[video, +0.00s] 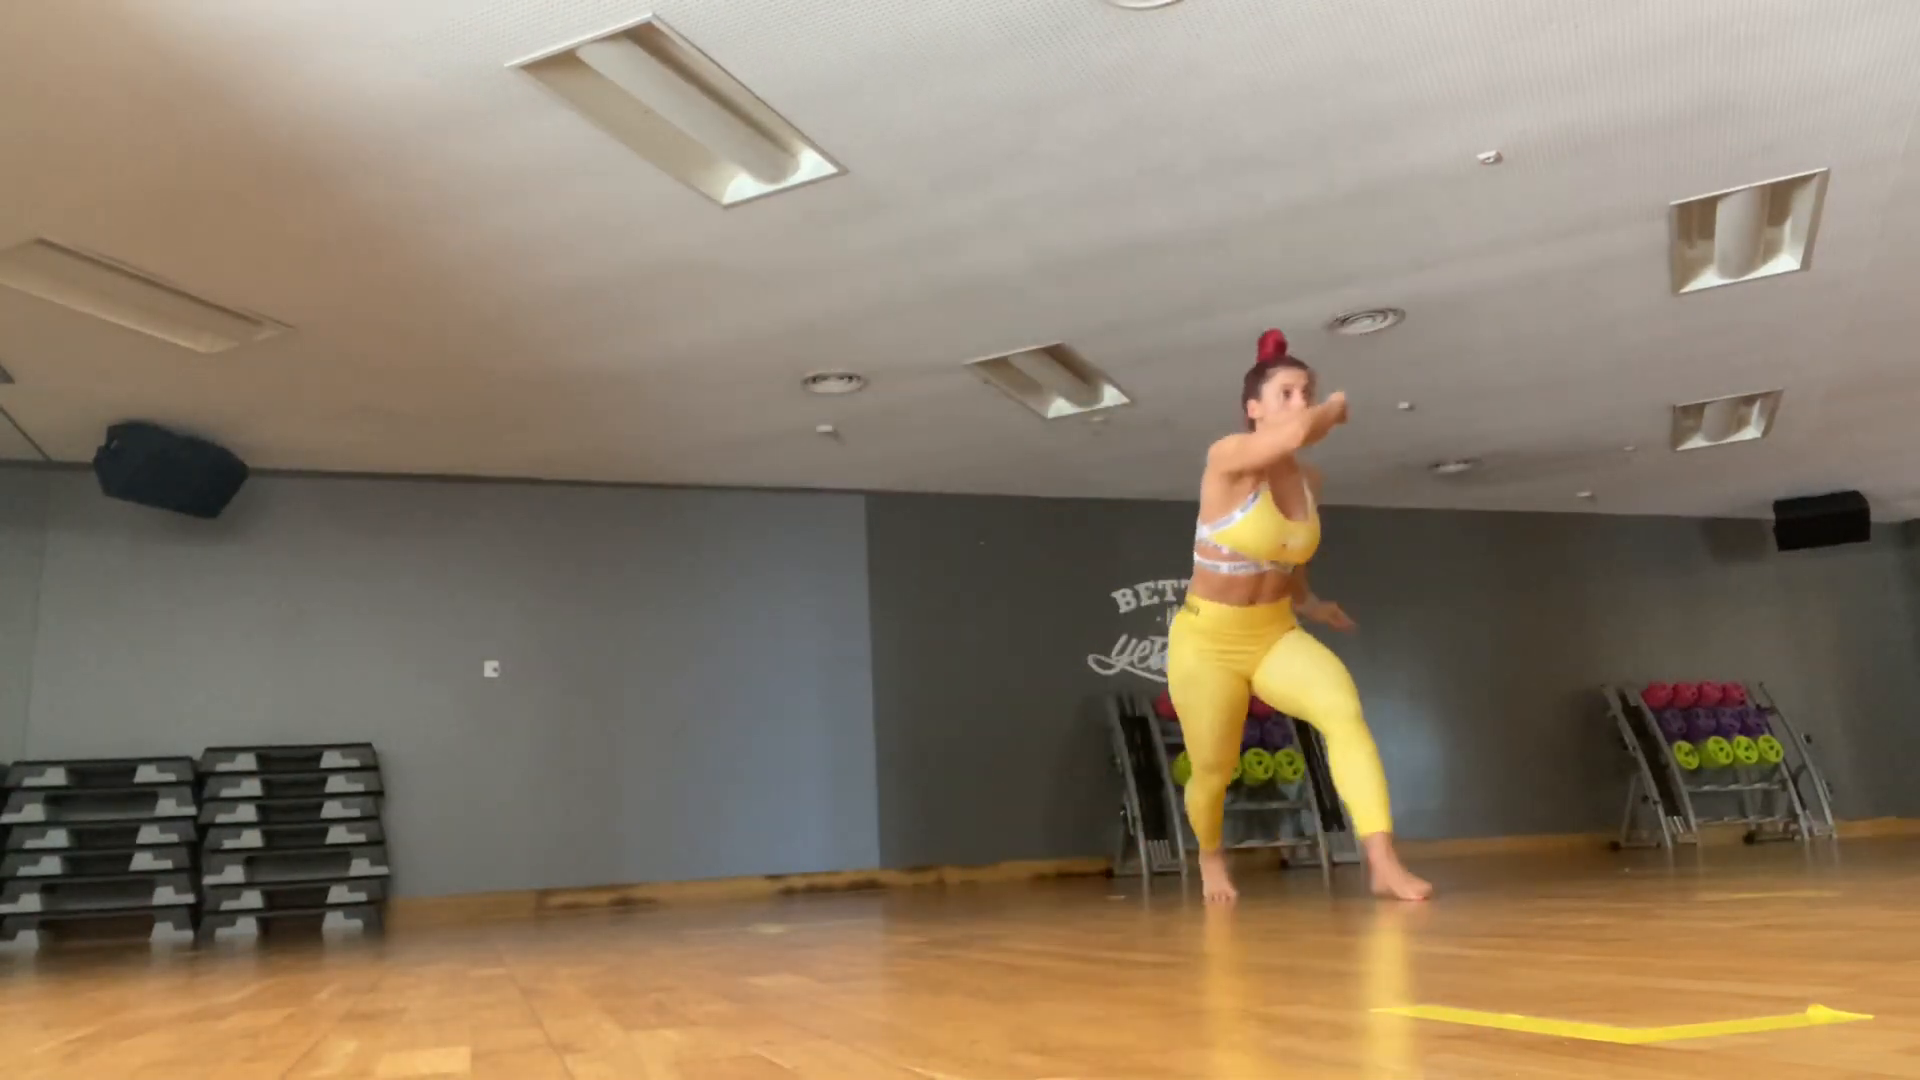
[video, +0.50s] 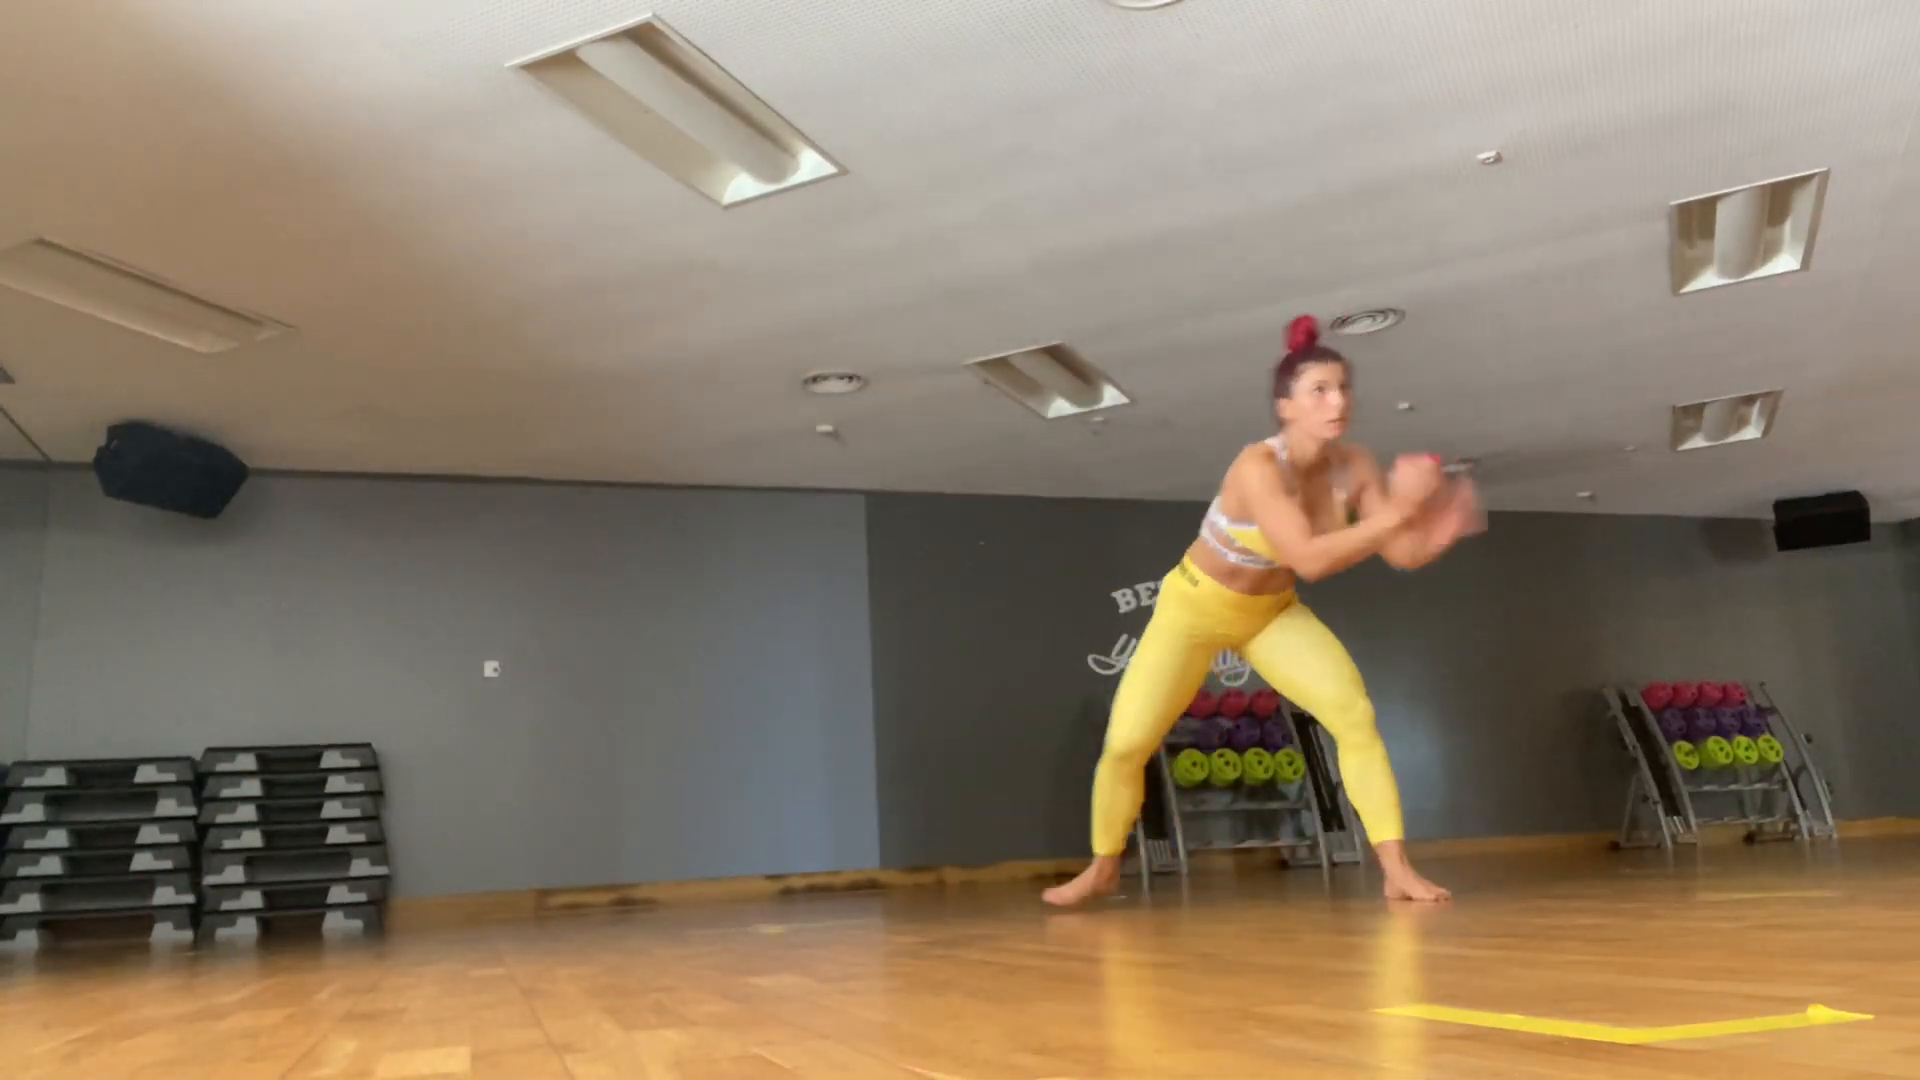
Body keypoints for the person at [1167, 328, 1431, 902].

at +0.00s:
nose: (1303, 405)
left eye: (1308, 394)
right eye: (1288, 394)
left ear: (1312, 403)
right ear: (1253, 408)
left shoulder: (1307, 477)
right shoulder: (1226, 457)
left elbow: (1288, 554)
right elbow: (1284, 439)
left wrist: (1309, 604)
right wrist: (1327, 413)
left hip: (1275, 637)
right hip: (1207, 641)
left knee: (1342, 709)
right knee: (1213, 769)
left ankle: (1382, 862)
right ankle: (1211, 861)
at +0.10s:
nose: (1308, 402)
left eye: (1313, 392)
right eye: (1292, 392)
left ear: (1317, 400)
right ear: (1258, 407)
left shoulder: (1308, 475)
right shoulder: (1230, 456)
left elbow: (1304, 552)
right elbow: (1293, 432)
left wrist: (1342, 604)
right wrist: (1341, 409)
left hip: (1276, 636)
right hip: (1207, 640)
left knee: (1345, 722)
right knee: (1214, 769)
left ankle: (1397, 864)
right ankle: (1210, 859)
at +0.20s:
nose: (1337, 375)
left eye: (1342, 365)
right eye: (1321, 364)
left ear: (1348, 373)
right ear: (1287, 380)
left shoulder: (1328, 450)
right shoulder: (1262, 422)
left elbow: (1333, 532)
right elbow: (1334, 427)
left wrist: (1388, 566)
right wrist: (1395, 391)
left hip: (1276, 612)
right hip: (1204, 609)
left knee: (1338, 721)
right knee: (1200, 743)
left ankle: (1398, 868)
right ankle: (1198, 854)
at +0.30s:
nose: (1359, 374)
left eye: (1364, 363)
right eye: (1343, 362)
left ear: (1369, 375)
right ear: (1307, 376)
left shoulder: (1352, 459)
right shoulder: (1283, 425)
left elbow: (1368, 536)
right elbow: (1347, 467)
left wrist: (1417, 533)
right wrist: (1423, 424)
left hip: (1277, 609)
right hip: (1205, 601)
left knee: (1344, 717)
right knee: (1189, 751)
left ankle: (1400, 872)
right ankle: (1170, 851)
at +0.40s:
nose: (1367, 393)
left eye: (1373, 381)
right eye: (1351, 381)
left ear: (1380, 392)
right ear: (1314, 395)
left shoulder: (1370, 463)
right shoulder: (1285, 454)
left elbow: (1416, 551)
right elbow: (1335, 546)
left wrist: (1426, 496)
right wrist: (1420, 502)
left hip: (1276, 612)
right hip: (1202, 603)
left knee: (1353, 714)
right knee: (1156, 757)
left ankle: (1398, 870)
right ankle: (1125, 857)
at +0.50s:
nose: (1337, 403)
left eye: (1343, 389)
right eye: (1320, 391)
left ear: (1351, 399)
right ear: (1285, 406)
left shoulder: (1354, 464)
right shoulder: (1257, 467)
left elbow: (1398, 551)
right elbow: (1309, 560)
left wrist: (1443, 525)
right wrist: (1396, 510)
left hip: (1274, 614)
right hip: (1194, 607)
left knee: (1354, 715)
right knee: (1125, 743)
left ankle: (1397, 871)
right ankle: (1102, 869)